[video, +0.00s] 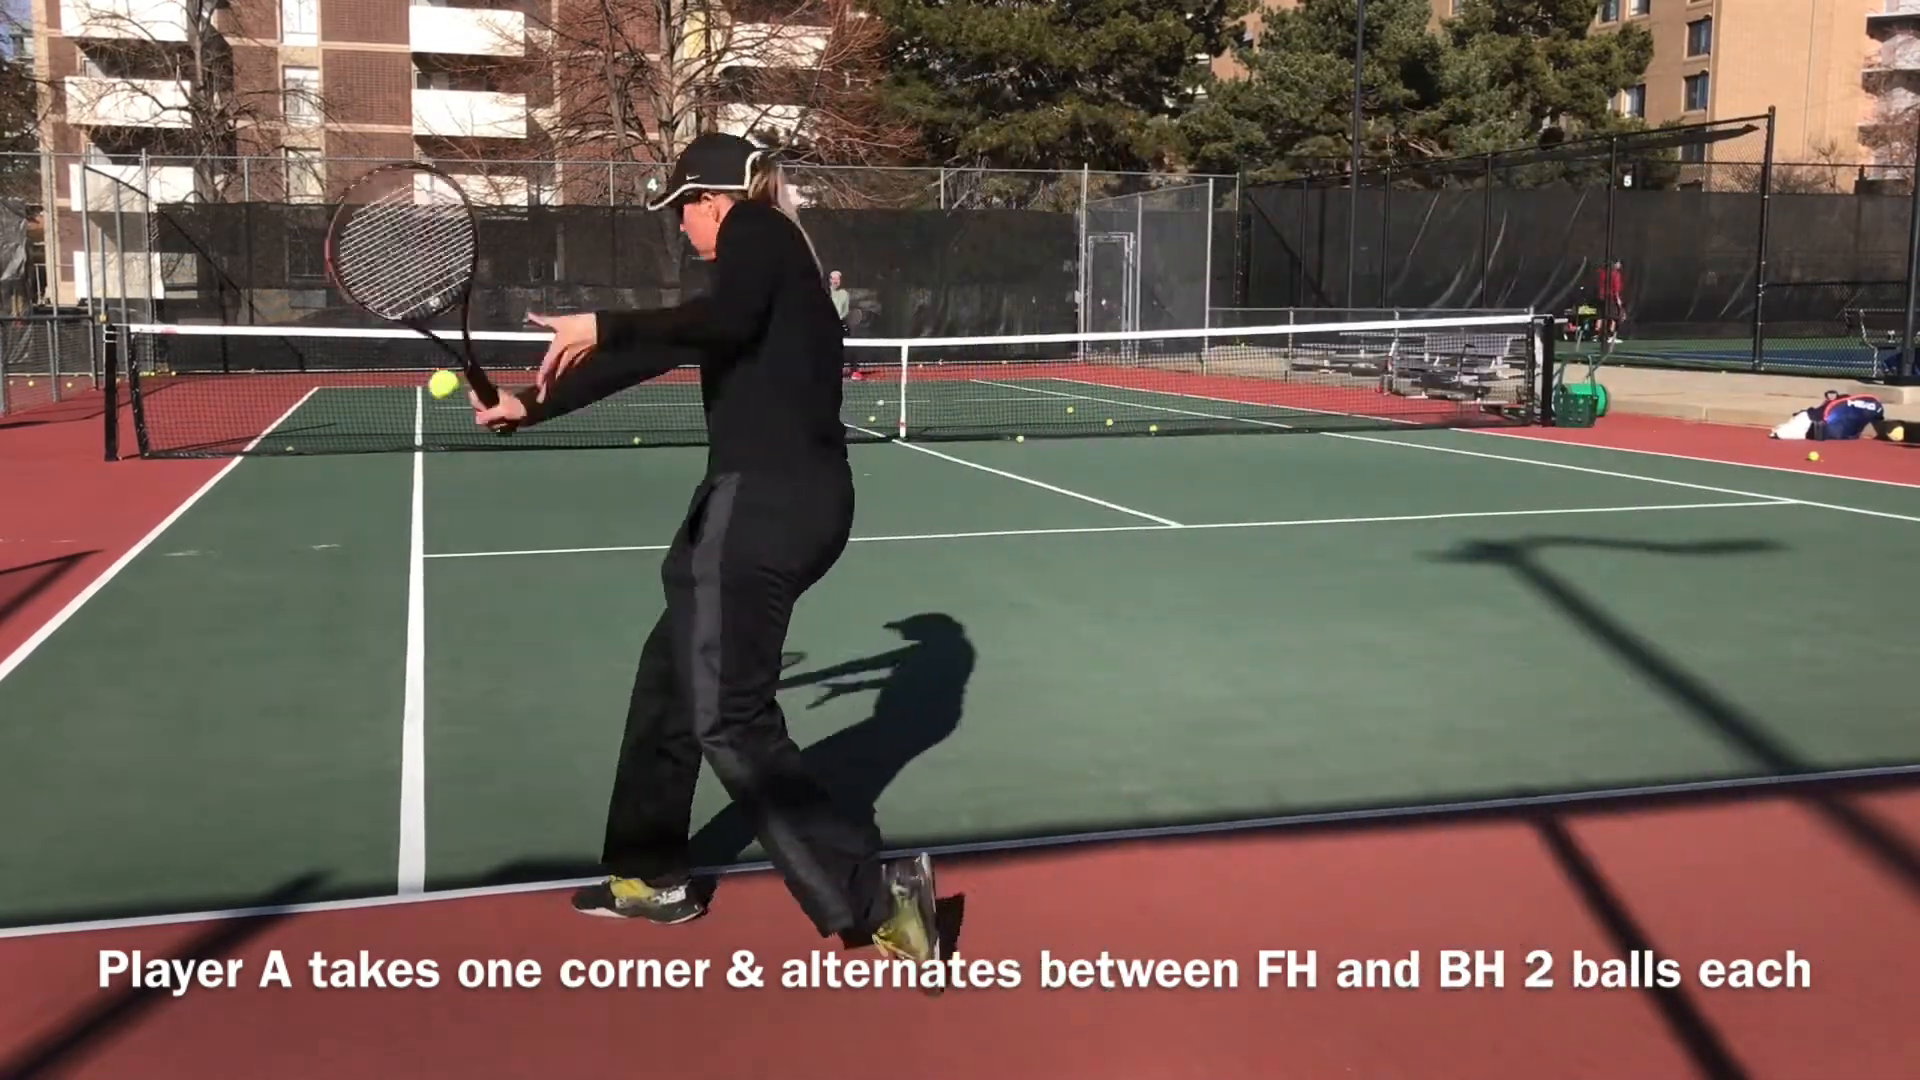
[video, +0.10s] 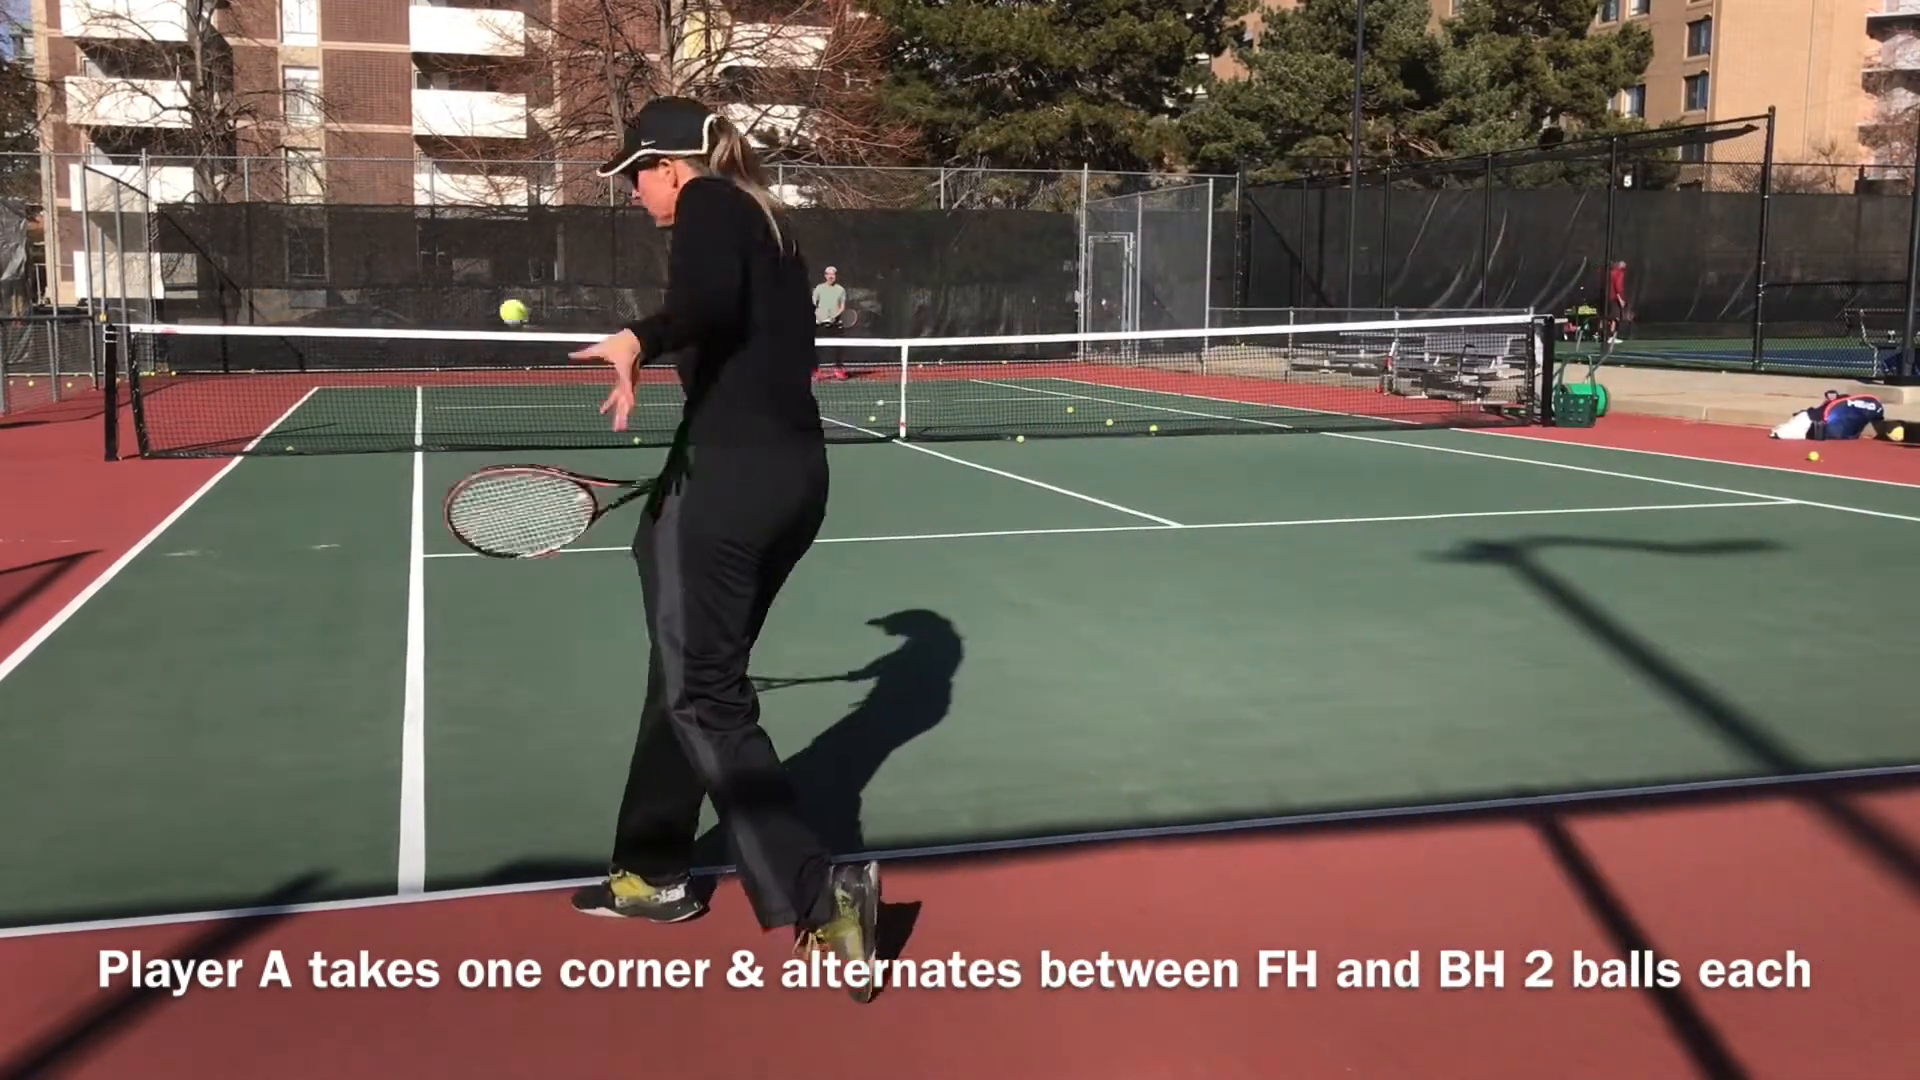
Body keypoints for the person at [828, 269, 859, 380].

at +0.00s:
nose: (835, 281)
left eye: (837, 278)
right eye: (833, 278)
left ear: (840, 280)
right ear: (830, 280)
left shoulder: (844, 294)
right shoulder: (827, 293)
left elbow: (846, 309)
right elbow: (825, 307)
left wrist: (841, 317)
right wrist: (830, 318)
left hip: (841, 321)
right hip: (830, 322)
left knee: (847, 346)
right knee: (833, 346)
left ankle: (854, 369)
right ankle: (836, 369)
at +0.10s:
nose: (830, 276)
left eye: (832, 274)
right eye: (828, 274)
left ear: (836, 275)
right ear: (825, 275)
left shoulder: (840, 290)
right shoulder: (819, 289)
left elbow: (842, 307)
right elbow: (813, 303)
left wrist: (835, 315)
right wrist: (818, 315)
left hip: (835, 321)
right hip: (820, 321)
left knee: (839, 345)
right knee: (816, 346)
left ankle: (839, 367)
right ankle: (814, 369)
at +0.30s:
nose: (823, 283)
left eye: (825, 281)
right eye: (820, 281)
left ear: (828, 282)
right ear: (817, 282)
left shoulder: (831, 296)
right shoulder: (811, 294)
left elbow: (835, 313)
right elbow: (804, 310)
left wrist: (826, 322)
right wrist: (810, 320)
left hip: (825, 327)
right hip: (811, 327)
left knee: (833, 347)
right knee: (801, 346)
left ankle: (831, 370)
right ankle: (793, 369)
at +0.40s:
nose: (821, 289)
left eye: (824, 287)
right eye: (819, 286)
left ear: (827, 288)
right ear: (816, 288)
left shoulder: (830, 302)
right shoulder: (809, 300)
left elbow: (831, 316)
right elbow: (803, 315)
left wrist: (825, 326)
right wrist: (809, 327)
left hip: (824, 332)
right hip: (809, 332)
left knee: (833, 349)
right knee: (798, 350)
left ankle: (831, 370)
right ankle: (793, 371)